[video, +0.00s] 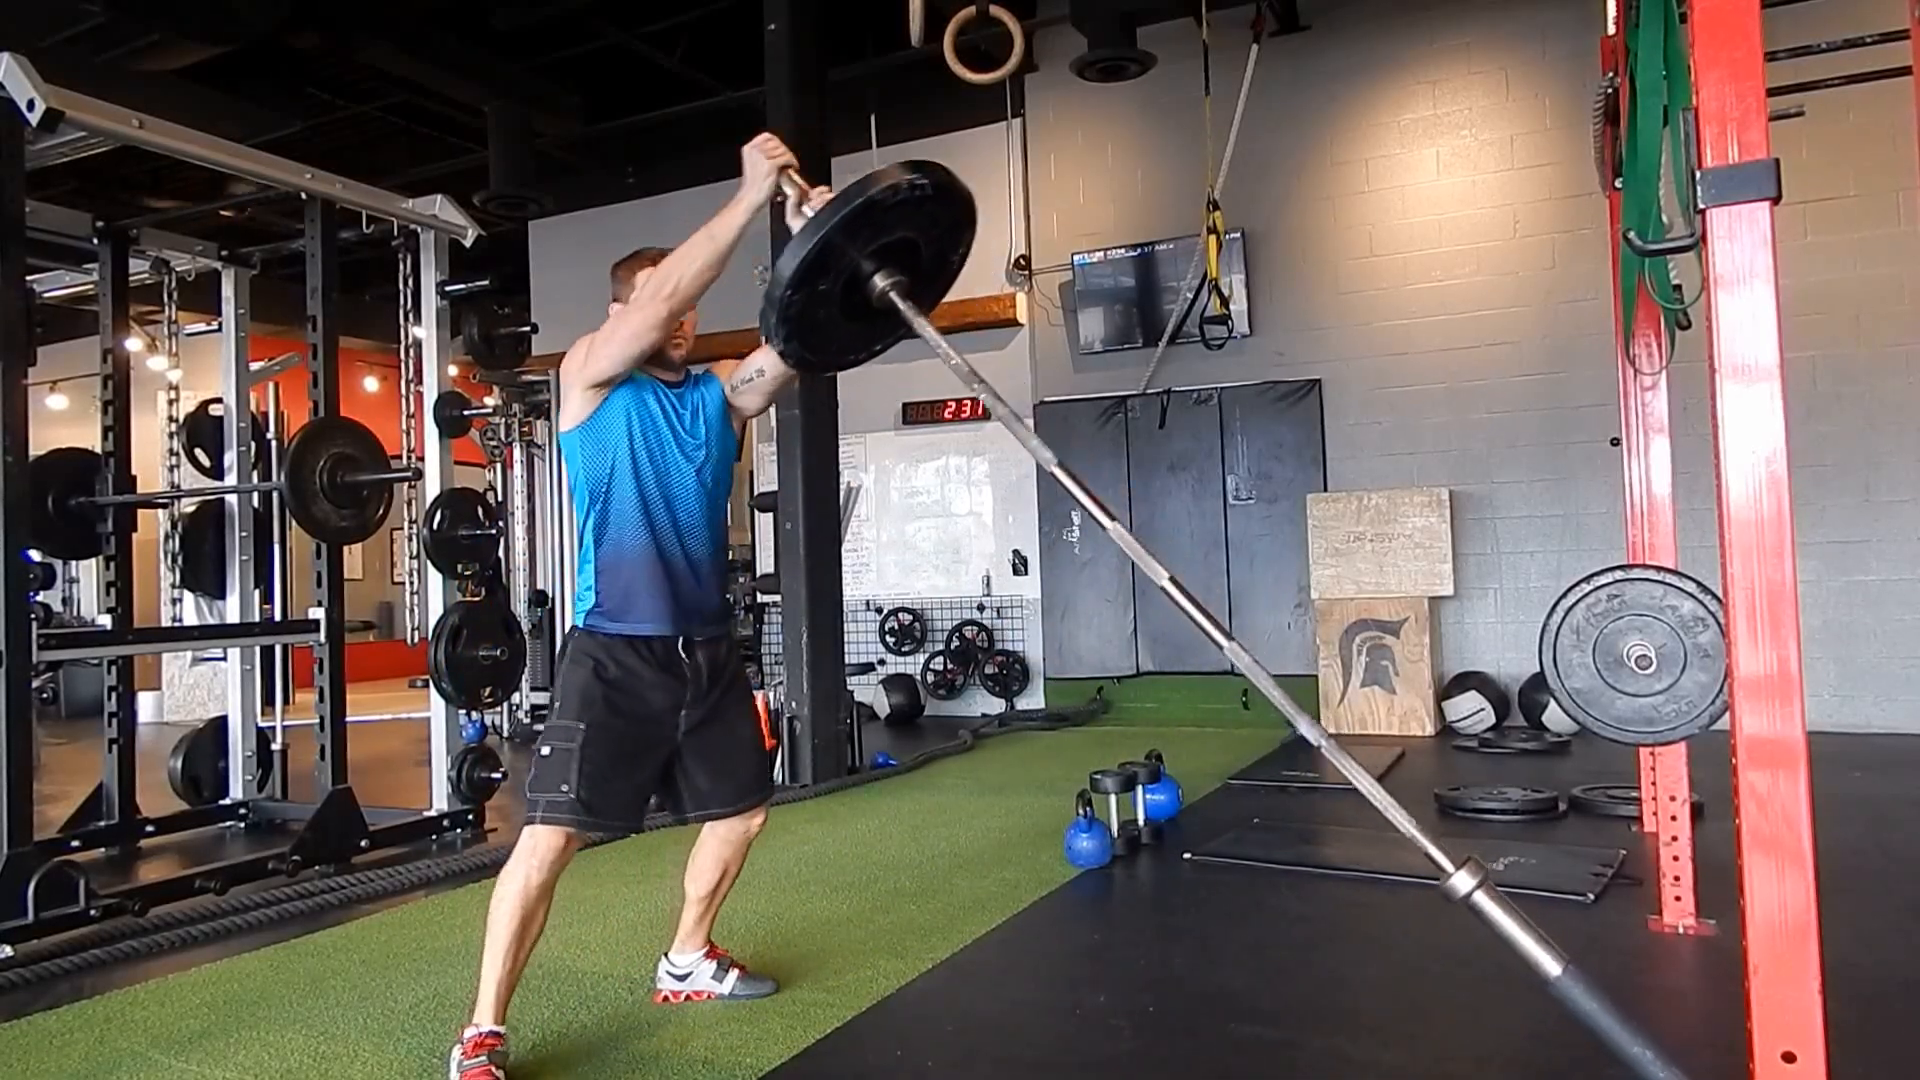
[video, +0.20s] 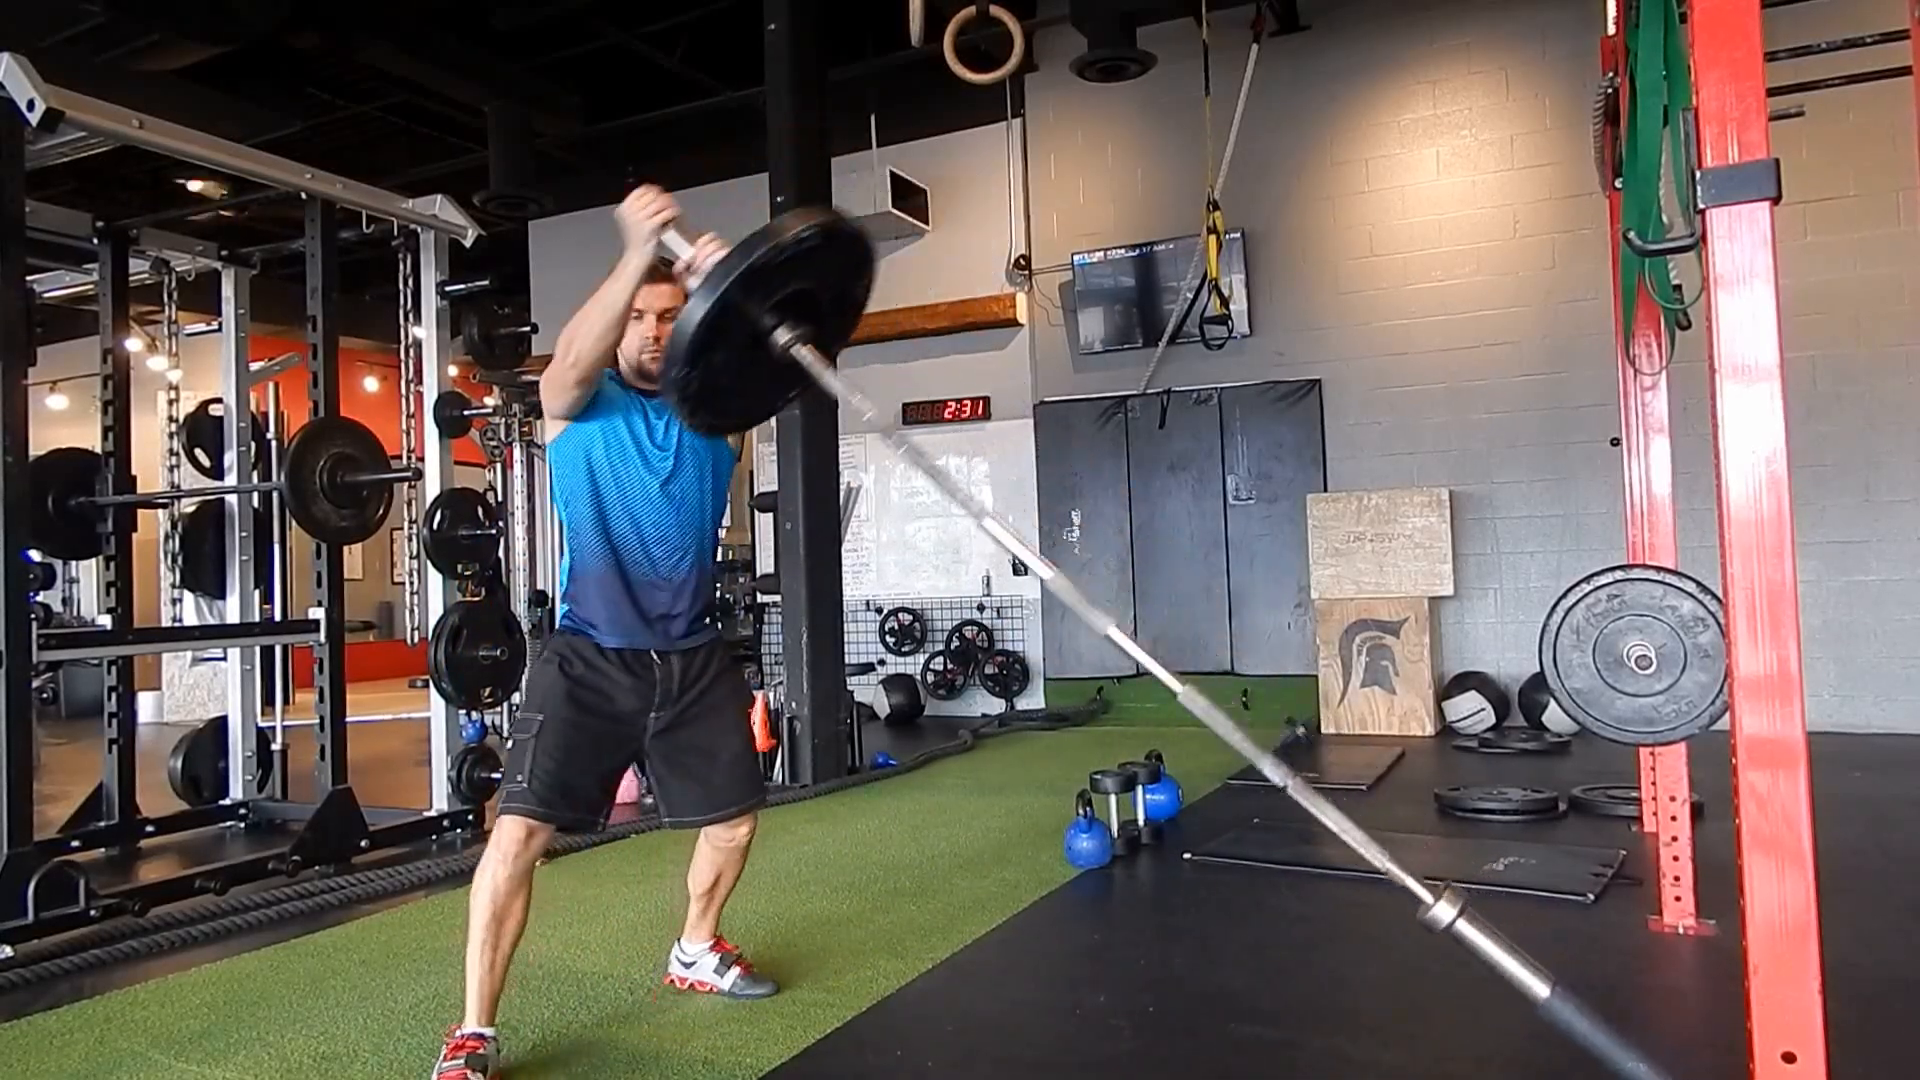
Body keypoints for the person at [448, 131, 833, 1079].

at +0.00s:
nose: (686, 307)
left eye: (686, 295)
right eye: (668, 295)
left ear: (686, 311)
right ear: (624, 308)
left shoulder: (720, 394)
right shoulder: (585, 380)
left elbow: (805, 341)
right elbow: (665, 296)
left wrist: (816, 234)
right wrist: (751, 194)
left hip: (708, 657)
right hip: (609, 656)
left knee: (741, 807)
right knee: (551, 836)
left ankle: (685, 961)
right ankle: (484, 1029)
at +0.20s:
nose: (655, 333)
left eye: (671, 320)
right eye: (642, 318)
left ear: (695, 331)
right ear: (615, 325)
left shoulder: (715, 411)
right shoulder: (574, 405)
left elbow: (767, 355)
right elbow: (570, 357)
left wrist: (728, 283)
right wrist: (634, 259)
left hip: (697, 662)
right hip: (586, 663)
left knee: (734, 815)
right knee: (519, 831)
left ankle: (695, 948)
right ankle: (475, 1027)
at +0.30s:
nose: (643, 336)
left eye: (658, 320)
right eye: (630, 321)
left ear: (685, 330)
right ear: (605, 335)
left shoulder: (704, 419)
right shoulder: (569, 405)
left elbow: (743, 396)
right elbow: (530, 419)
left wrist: (683, 322)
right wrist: (567, 324)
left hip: (684, 665)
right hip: (570, 665)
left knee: (728, 821)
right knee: (506, 828)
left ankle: (711, 940)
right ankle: (473, 1029)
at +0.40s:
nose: (620, 342)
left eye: (636, 326)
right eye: (604, 329)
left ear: (666, 326)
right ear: (585, 332)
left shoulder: (694, 397)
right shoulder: (554, 394)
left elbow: (694, 448)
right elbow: (496, 483)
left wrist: (625, 386)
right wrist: (504, 403)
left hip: (671, 667)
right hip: (557, 668)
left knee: (722, 832)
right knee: (491, 834)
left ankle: (727, 935)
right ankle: (472, 1032)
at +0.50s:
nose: (596, 352)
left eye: (613, 335)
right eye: (581, 336)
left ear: (646, 340)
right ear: (565, 341)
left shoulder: (680, 420)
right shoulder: (525, 429)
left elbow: (638, 507)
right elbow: (504, 528)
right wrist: (459, 494)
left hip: (659, 670)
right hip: (545, 675)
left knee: (715, 832)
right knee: (480, 836)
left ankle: (740, 932)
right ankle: (471, 1032)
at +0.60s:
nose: (574, 362)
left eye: (591, 345)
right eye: (559, 345)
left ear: (626, 348)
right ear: (545, 349)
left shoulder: (663, 431)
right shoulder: (515, 441)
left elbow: (626, 544)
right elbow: (490, 555)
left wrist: (512, 576)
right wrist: (440, 561)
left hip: (644, 674)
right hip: (534, 673)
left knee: (712, 843)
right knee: (468, 840)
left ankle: (753, 927)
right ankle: (469, 1034)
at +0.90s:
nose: (529, 394)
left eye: (547, 375)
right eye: (514, 377)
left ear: (586, 378)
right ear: (501, 385)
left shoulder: (625, 465)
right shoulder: (493, 481)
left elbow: (615, 607)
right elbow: (505, 606)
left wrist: (529, 720)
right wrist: (477, 698)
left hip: (640, 694)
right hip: (538, 694)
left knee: (707, 874)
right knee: (443, 841)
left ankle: (767, 920)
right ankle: (468, 1038)